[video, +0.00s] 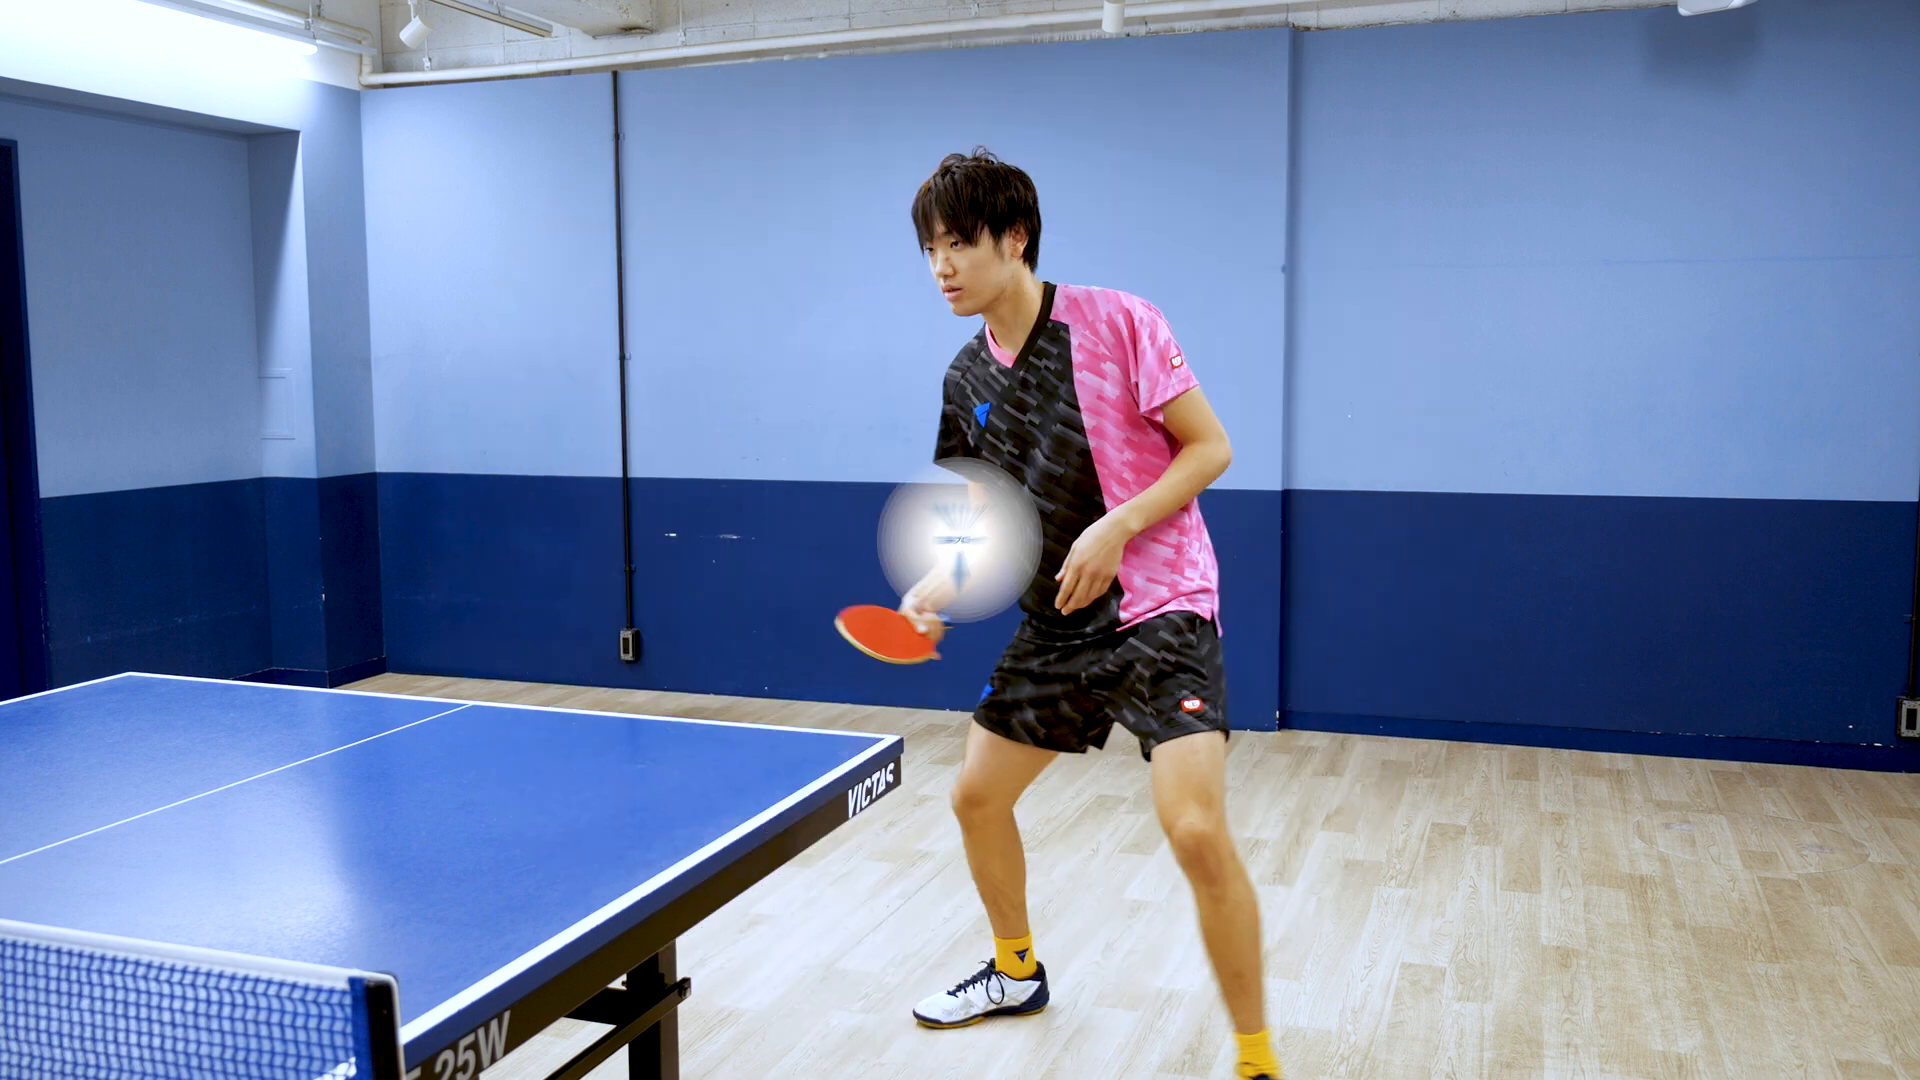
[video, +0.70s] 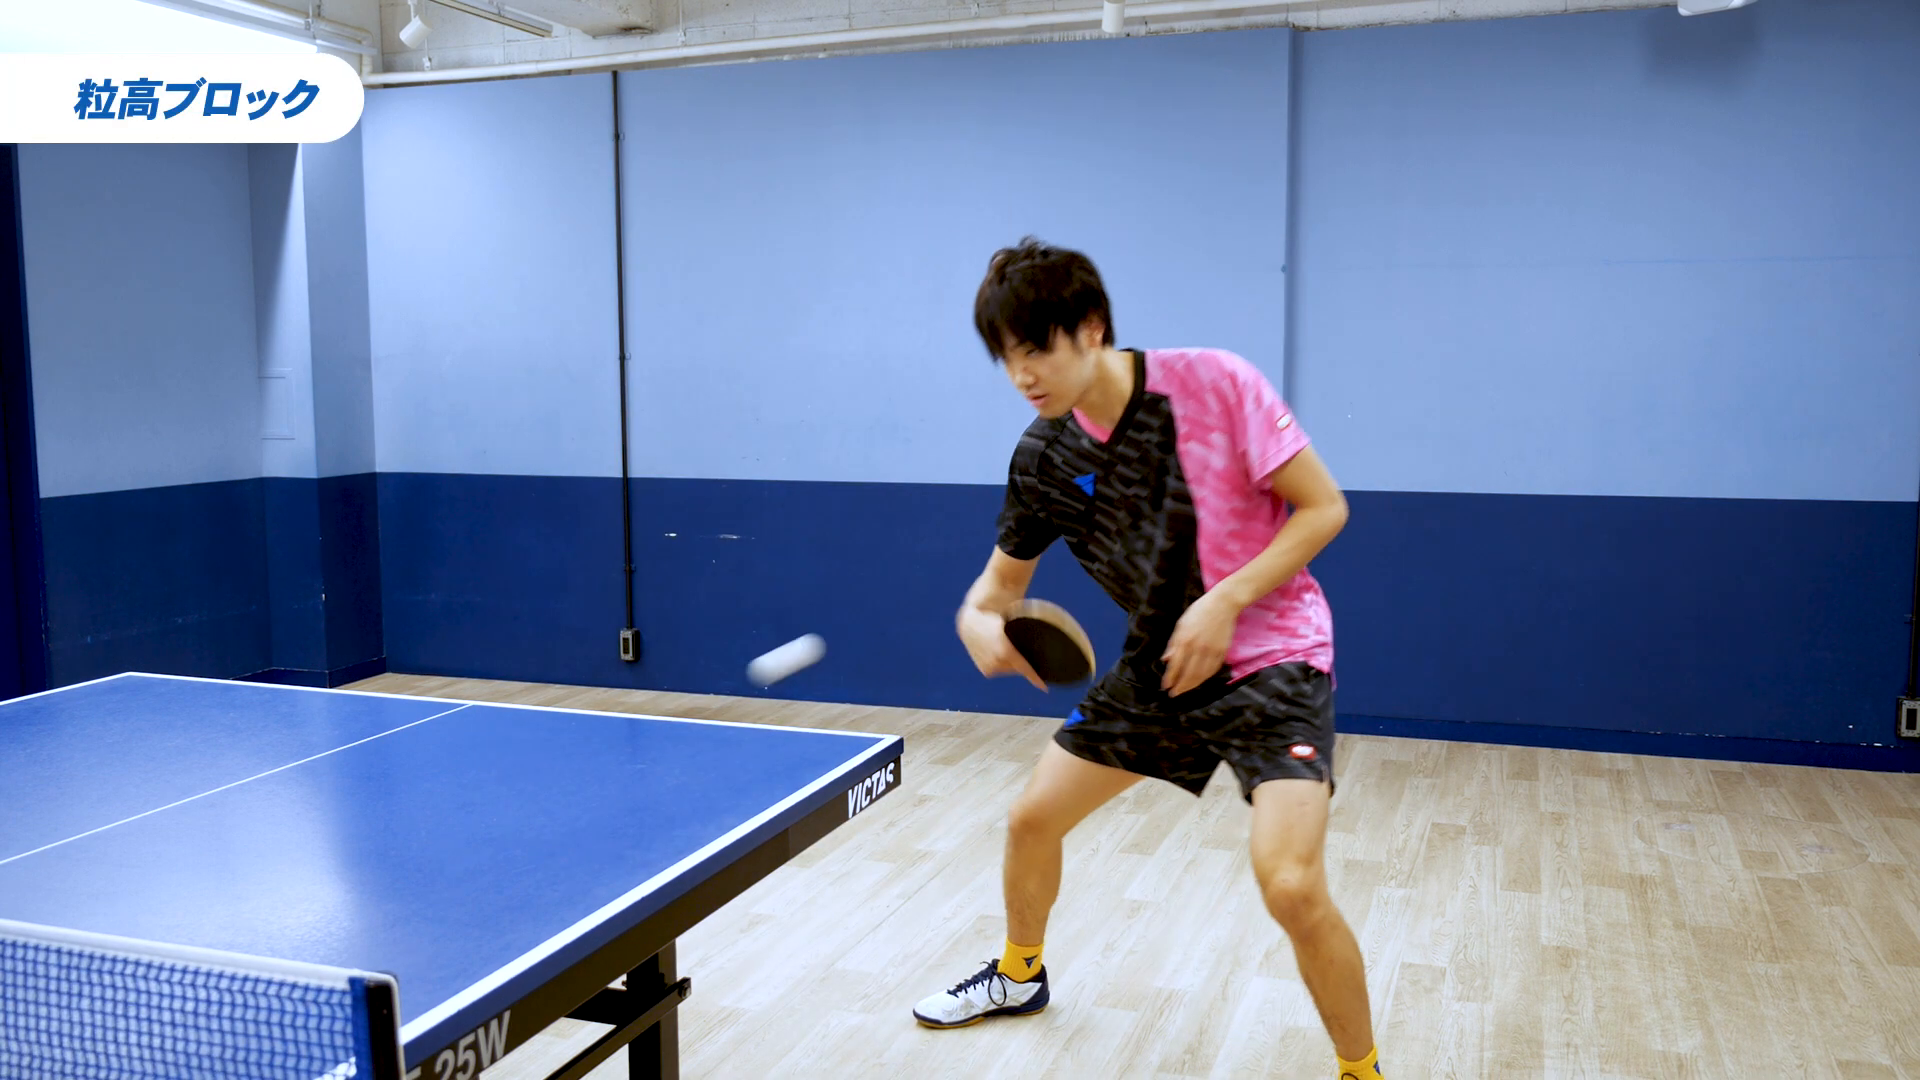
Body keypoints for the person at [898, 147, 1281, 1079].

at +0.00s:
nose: (942, 267)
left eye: (959, 244)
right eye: (932, 251)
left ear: (1016, 240)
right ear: (934, 258)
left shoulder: (1118, 323)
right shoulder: (966, 382)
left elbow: (1210, 448)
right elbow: (983, 522)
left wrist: (1119, 527)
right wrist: (938, 587)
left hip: (1163, 609)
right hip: (1058, 620)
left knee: (1196, 831)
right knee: (979, 795)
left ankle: (1255, 1054)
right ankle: (1015, 970)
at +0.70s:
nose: (1020, 376)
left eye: (1034, 349)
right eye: (1007, 357)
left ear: (1090, 328)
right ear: (1002, 359)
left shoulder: (1216, 384)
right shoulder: (1043, 459)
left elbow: (1325, 508)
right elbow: (1000, 584)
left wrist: (1227, 600)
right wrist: (977, 621)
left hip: (1275, 654)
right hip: (1157, 659)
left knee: (1292, 885)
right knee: (1033, 818)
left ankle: (1361, 1069)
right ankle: (1019, 973)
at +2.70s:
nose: (1014, 284)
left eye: (1032, 260)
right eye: (1002, 267)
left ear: (1089, 255)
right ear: (998, 275)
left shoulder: (1189, 344)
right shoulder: (1041, 390)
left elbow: (1283, 482)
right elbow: (1067, 527)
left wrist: (1157, 545)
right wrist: (1013, 604)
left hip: (1235, 633)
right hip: (1131, 635)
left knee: (1267, 865)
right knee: (1028, 793)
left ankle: (1358, 1065)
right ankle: (1024, 970)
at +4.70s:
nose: (1032, 293)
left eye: (1048, 266)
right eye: (1017, 276)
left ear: (1106, 251)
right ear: (1009, 285)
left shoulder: (1219, 308)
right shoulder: (1034, 410)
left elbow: (1329, 421)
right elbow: (996, 561)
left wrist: (1253, 510)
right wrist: (935, 625)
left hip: (1272, 601)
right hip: (1155, 610)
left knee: (1314, 838)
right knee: (1063, 788)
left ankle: (1364, 1055)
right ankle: (1016, 954)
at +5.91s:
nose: (1035, 380)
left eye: (1047, 354)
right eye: (1019, 364)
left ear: (1101, 325)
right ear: (1011, 362)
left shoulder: (1229, 370)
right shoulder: (1052, 443)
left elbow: (1337, 485)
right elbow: (1052, 584)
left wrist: (1247, 577)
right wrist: (1022, 591)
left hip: (1272, 644)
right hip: (1151, 650)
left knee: (1299, 876)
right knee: (1038, 814)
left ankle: (1361, 1067)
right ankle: (1025, 973)